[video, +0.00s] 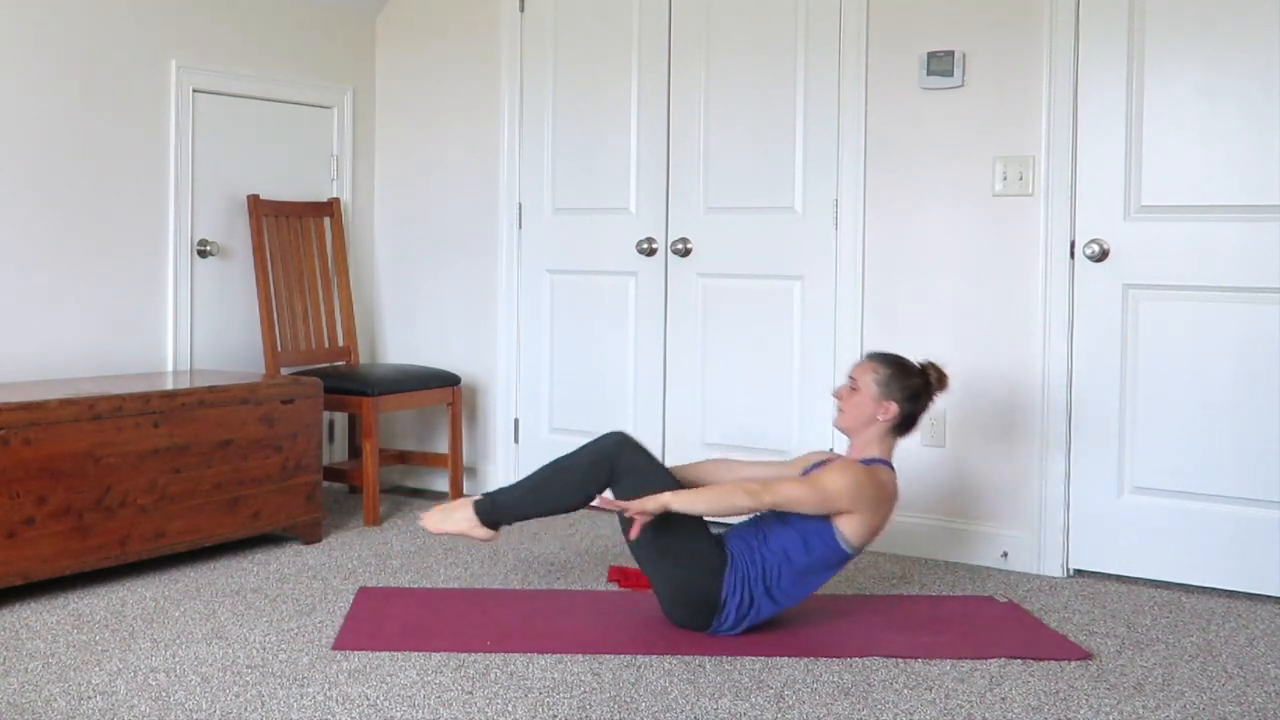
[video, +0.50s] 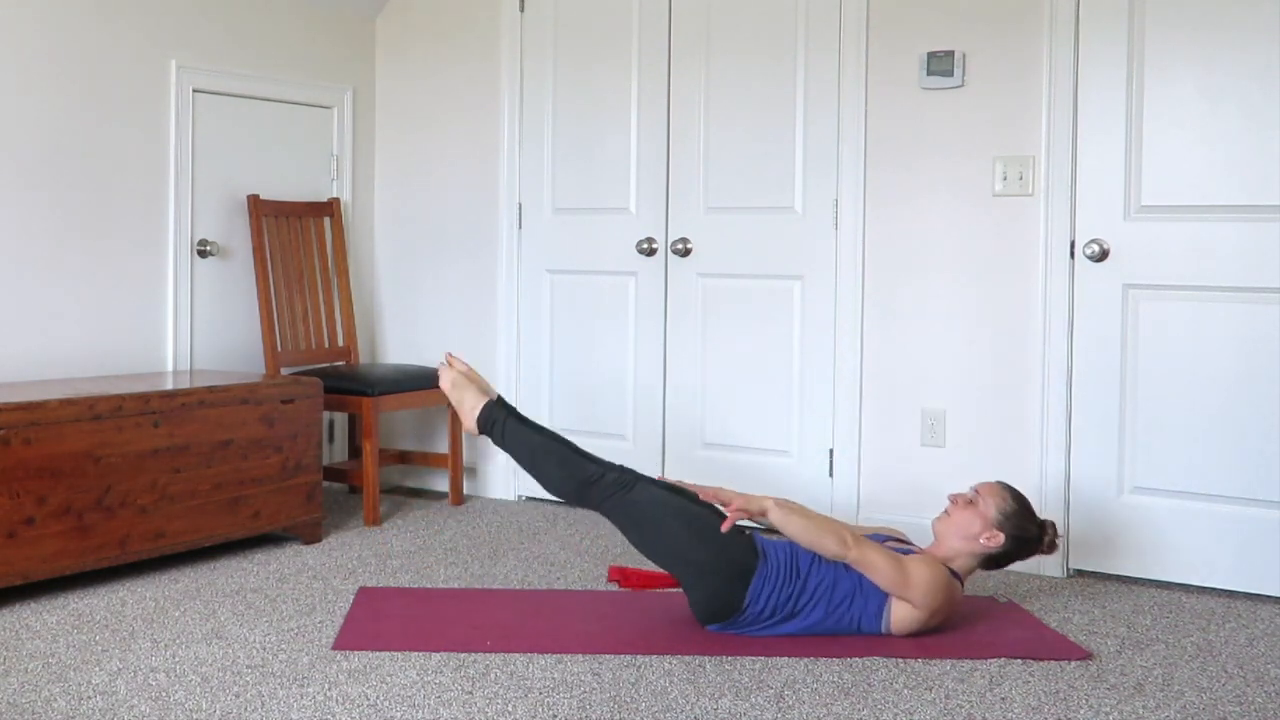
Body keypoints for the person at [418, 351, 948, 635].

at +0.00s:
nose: (838, 393)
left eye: (852, 388)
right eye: (845, 383)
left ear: (885, 413)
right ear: (873, 409)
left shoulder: (865, 483)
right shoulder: (836, 465)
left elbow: (759, 498)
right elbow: (741, 475)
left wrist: (660, 502)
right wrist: (649, 490)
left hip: (716, 595)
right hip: (714, 570)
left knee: (619, 452)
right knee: (619, 450)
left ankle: (483, 514)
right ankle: (489, 509)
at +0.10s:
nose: (876, 425)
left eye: (891, 421)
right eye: (883, 415)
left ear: (920, 449)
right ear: (904, 439)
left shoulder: (887, 512)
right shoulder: (863, 488)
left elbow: (788, 513)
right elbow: (772, 489)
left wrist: (693, 507)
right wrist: (683, 485)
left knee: (596, 476)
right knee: (602, 471)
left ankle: (454, 513)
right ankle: (461, 509)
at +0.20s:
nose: (905, 459)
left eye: (922, 457)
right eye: (916, 450)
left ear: (947, 488)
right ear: (936, 482)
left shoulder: (901, 541)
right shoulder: (893, 523)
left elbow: (800, 519)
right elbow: (799, 512)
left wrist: (710, 501)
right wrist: (704, 494)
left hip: (725, 589)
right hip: (732, 568)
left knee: (588, 493)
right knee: (593, 493)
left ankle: (445, 504)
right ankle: (450, 500)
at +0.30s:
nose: (926, 485)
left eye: (943, 486)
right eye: (937, 478)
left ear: (966, 519)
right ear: (952, 507)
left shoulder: (914, 566)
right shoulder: (903, 543)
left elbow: (820, 532)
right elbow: (813, 524)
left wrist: (740, 498)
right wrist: (723, 494)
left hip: (732, 586)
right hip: (736, 565)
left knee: (594, 503)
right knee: (596, 500)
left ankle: (452, 472)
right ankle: (459, 470)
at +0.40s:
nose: (949, 495)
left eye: (965, 498)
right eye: (959, 489)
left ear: (980, 536)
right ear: (962, 520)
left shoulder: (929, 582)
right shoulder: (906, 548)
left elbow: (846, 545)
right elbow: (824, 531)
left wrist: (763, 501)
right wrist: (741, 500)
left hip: (734, 587)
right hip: (732, 562)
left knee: (602, 496)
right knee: (601, 489)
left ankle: (471, 430)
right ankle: (474, 431)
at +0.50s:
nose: (953, 501)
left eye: (969, 505)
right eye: (966, 496)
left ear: (985, 543)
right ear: (967, 527)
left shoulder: (930, 585)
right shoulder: (912, 559)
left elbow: (843, 543)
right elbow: (822, 533)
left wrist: (767, 509)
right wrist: (744, 504)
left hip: (739, 582)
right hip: (740, 563)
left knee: (606, 484)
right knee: (607, 480)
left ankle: (484, 409)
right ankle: (486, 414)